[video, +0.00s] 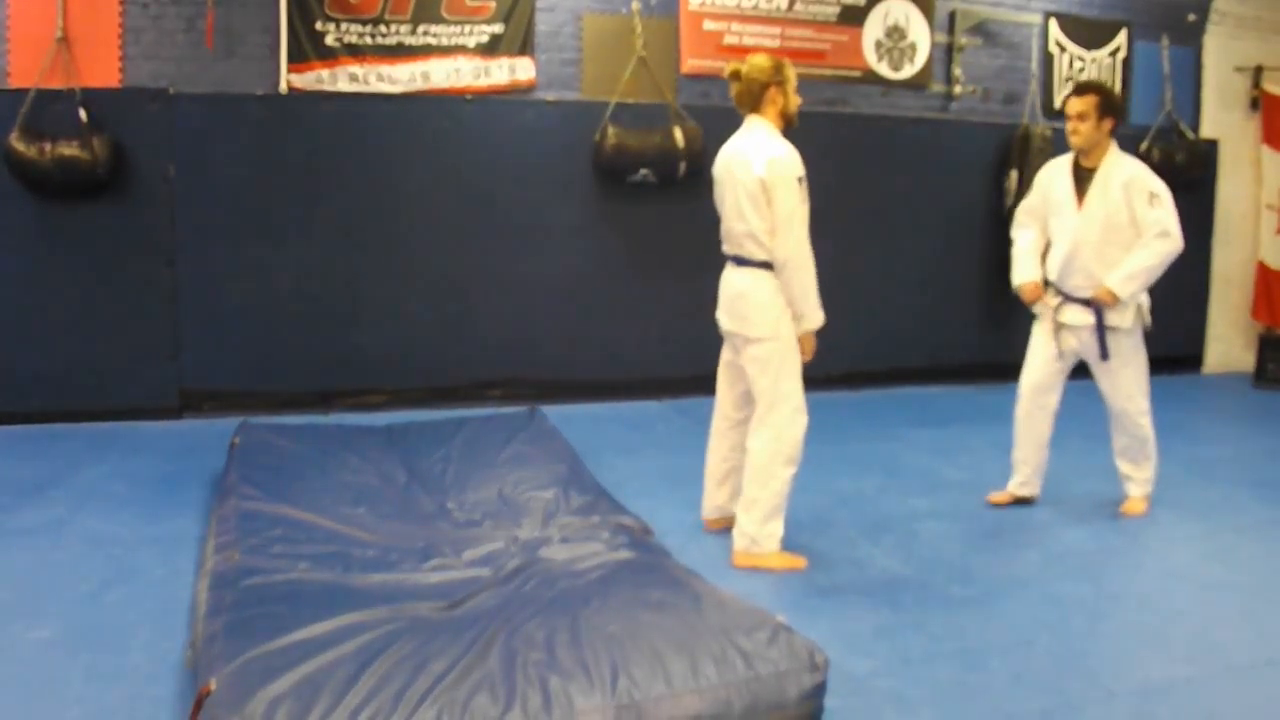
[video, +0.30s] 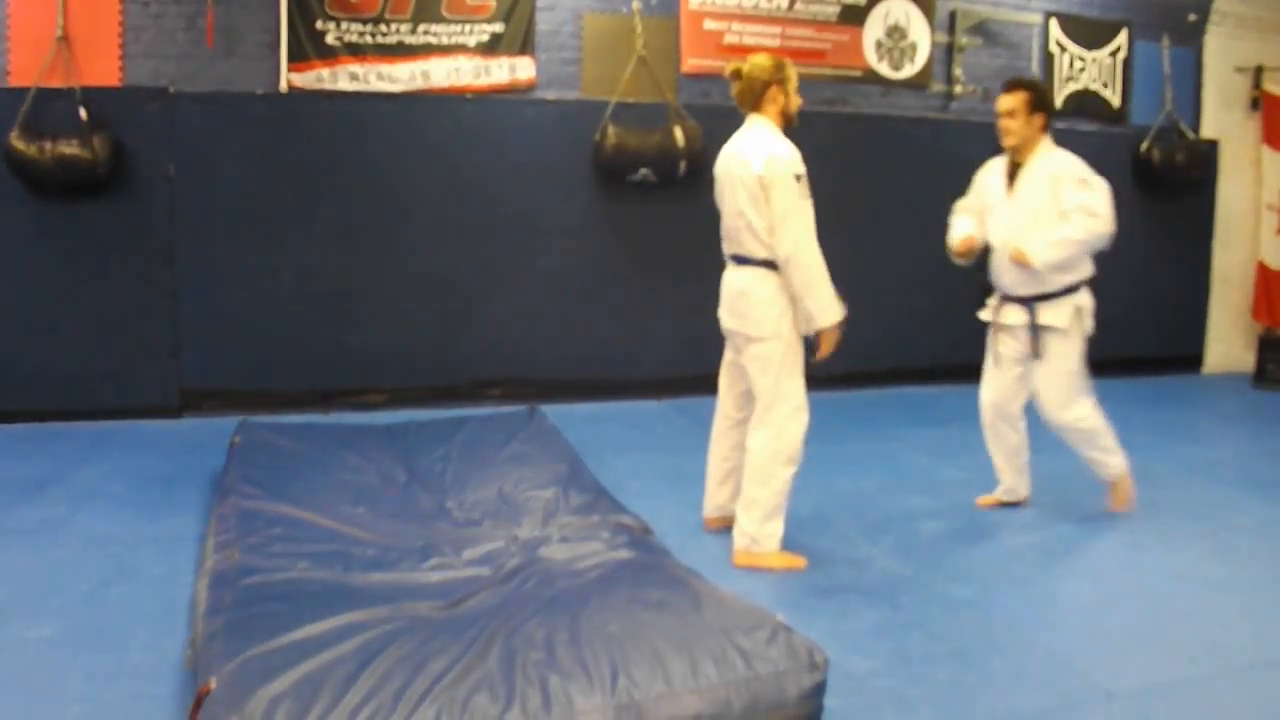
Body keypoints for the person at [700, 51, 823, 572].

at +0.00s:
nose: (797, 99)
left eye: (794, 90)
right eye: (793, 91)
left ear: (747, 96)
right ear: (777, 95)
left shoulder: (730, 150)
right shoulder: (780, 156)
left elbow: (733, 232)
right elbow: (792, 247)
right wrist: (807, 320)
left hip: (734, 278)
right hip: (767, 287)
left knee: (734, 403)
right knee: (783, 415)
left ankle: (719, 507)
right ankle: (756, 542)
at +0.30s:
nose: (798, 99)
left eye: (795, 90)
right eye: (794, 90)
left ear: (753, 96)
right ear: (776, 95)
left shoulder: (733, 148)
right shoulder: (778, 155)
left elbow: (734, 228)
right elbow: (796, 244)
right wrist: (826, 314)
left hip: (736, 278)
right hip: (768, 285)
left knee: (735, 401)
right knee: (783, 414)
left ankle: (721, 505)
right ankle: (757, 540)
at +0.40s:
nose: (799, 100)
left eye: (795, 91)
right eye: (794, 92)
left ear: (752, 96)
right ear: (778, 95)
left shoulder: (731, 149)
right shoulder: (779, 154)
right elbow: (800, 241)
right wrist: (876, 254)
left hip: (733, 283)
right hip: (767, 291)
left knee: (734, 404)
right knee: (782, 416)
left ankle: (720, 506)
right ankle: (756, 541)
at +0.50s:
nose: (800, 101)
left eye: (797, 93)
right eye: (796, 93)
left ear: (753, 95)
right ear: (781, 95)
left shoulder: (733, 145)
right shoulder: (785, 152)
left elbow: (761, 201)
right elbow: (838, 214)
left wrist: (810, 176)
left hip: (724, 282)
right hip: (763, 291)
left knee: (730, 405)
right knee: (781, 417)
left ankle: (720, 506)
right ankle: (756, 541)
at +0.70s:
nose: (809, 112)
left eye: (807, 103)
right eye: (804, 102)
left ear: (768, 102)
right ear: (781, 101)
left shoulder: (745, 144)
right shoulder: (775, 153)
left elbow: (802, 214)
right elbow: (834, 227)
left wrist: (837, 196)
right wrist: (870, 200)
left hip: (722, 286)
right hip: (743, 293)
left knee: (753, 407)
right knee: (776, 418)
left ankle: (730, 504)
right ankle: (758, 543)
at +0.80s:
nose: (802, 115)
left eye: (802, 105)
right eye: (796, 105)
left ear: (765, 107)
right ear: (768, 107)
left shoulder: (752, 151)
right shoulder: (756, 161)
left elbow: (774, 235)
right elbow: (790, 249)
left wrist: (814, 221)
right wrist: (837, 224)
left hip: (726, 292)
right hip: (723, 298)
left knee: (761, 409)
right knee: (770, 410)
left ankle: (749, 530)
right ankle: (755, 539)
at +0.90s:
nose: (782, 131)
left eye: (782, 121)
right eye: (773, 121)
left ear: (755, 123)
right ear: (740, 121)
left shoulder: (748, 170)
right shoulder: (727, 177)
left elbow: (745, 245)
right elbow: (766, 257)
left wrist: (781, 225)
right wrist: (827, 227)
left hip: (736, 308)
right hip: (705, 311)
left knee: (772, 419)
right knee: (757, 419)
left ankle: (745, 516)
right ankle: (704, 515)